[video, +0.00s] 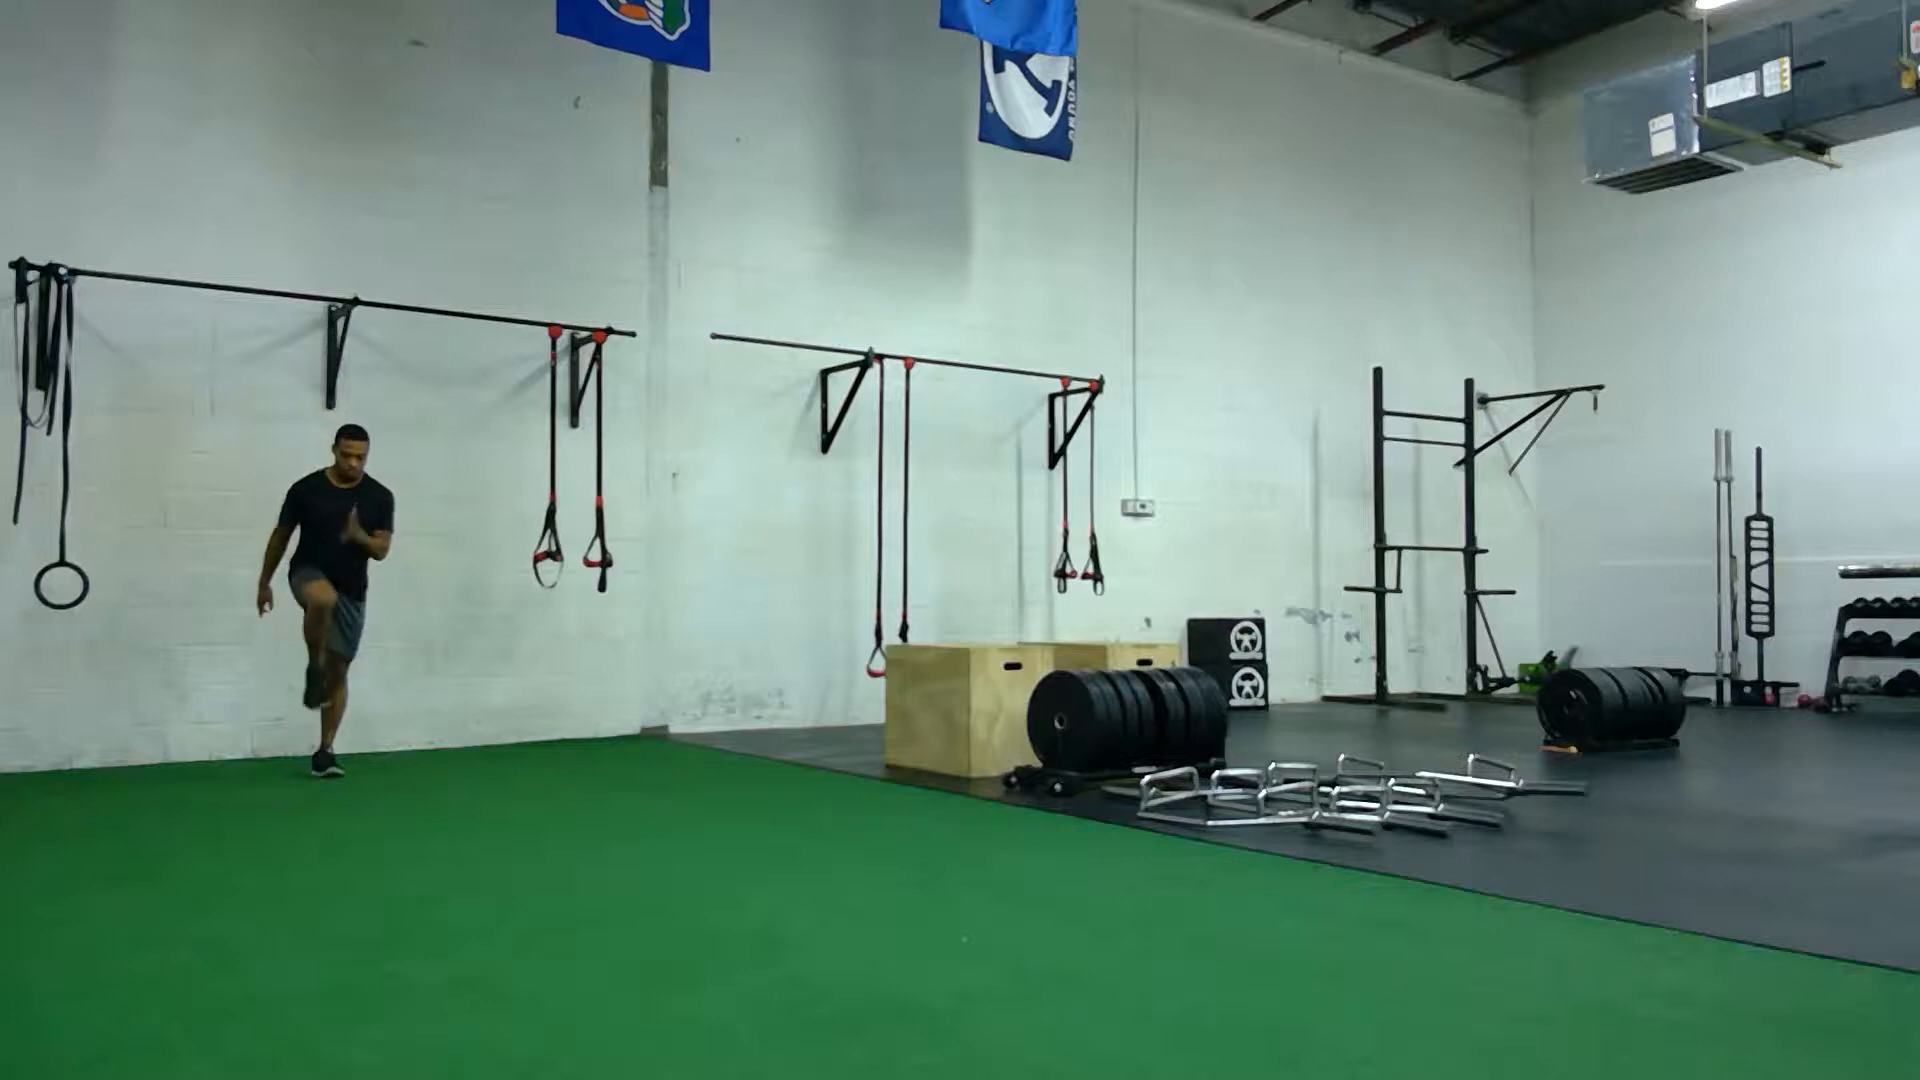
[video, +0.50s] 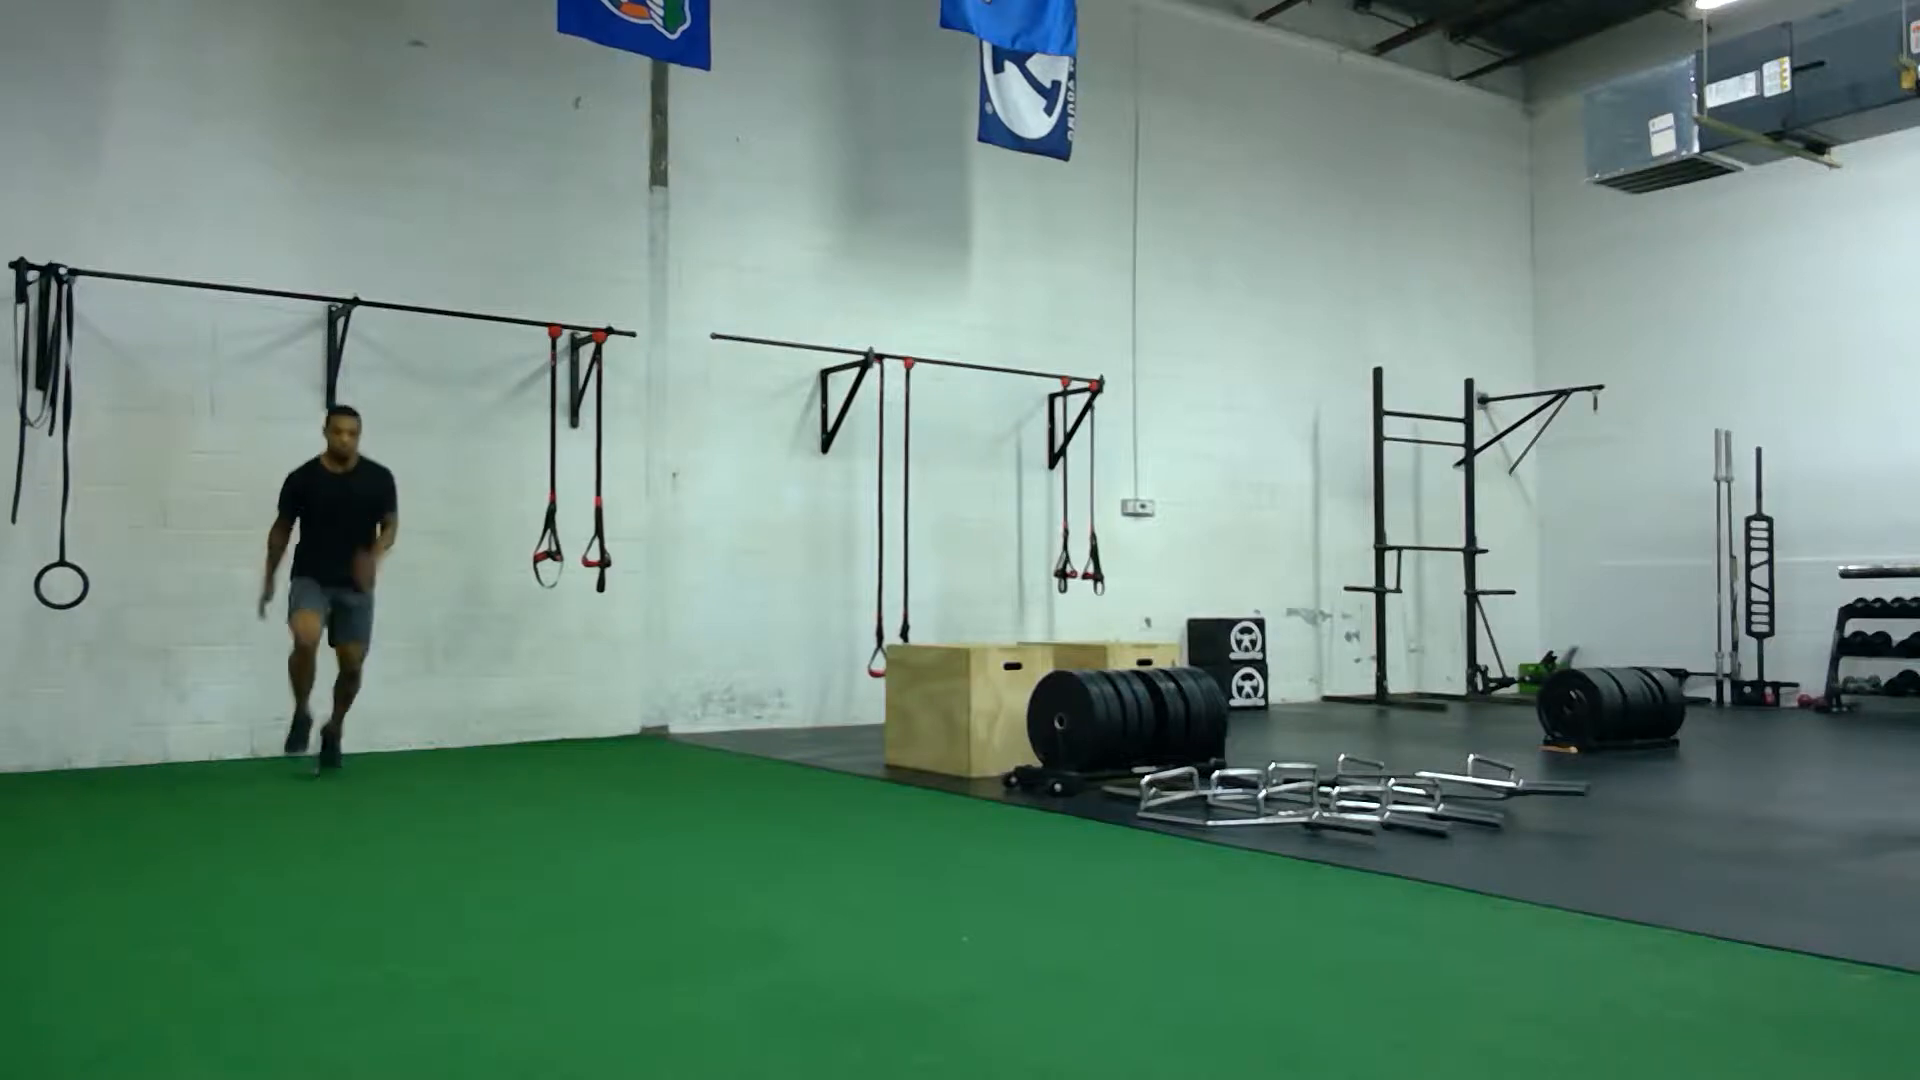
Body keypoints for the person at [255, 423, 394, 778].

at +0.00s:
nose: (354, 463)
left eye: (360, 456)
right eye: (348, 455)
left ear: (367, 456)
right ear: (334, 452)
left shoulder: (379, 496)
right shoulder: (306, 490)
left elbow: (381, 550)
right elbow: (280, 536)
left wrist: (360, 536)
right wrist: (264, 582)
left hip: (351, 587)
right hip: (309, 570)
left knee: (336, 671)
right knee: (323, 598)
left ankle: (325, 750)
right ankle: (315, 672)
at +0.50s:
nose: (344, 439)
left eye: (351, 433)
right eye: (337, 432)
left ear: (360, 436)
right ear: (326, 433)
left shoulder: (379, 479)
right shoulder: (301, 479)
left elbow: (389, 528)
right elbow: (281, 530)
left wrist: (373, 555)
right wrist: (269, 579)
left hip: (356, 580)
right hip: (311, 576)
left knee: (352, 665)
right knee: (304, 641)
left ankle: (333, 731)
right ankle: (301, 715)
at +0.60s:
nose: (341, 441)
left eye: (347, 435)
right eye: (333, 434)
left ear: (355, 441)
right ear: (320, 440)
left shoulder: (375, 485)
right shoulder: (298, 489)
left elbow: (400, 522)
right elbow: (285, 546)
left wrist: (408, 566)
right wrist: (297, 550)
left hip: (358, 587)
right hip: (310, 589)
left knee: (365, 649)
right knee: (306, 676)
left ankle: (342, 677)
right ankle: (299, 754)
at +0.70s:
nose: (346, 439)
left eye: (352, 433)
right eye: (338, 432)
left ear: (359, 438)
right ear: (324, 437)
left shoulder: (380, 481)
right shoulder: (301, 481)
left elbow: (406, 512)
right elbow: (286, 535)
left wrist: (414, 554)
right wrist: (314, 511)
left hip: (360, 582)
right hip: (311, 589)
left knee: (377, 633)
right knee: (309, 674)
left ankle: (353, 690)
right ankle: (300, 748)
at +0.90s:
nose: (368, 436)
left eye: (374, 430)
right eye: (360, 429)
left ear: (383, 438)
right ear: (346, 435)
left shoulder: (396, 488)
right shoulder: (318, 478)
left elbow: (392, 540)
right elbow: (275, 502)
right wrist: (245, 534)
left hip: (372, 583)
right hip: (326, 574)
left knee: (366, 678)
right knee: (351, 604)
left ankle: (355, 762)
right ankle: (329, 674)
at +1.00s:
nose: (369, 412)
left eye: (375, 406)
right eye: (360, 405)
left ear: (383, 413)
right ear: (345, 411)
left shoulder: (399, 461)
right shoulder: (317, 456)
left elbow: (416, 518)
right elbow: (281, 497)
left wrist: (391, 501)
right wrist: (266, 547)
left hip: (380, 568)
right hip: (333, 558)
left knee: (381, 662)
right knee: (342, 615)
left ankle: (365, 738)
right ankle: (339, 715)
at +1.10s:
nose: (369, 403)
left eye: (376, 397)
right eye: (361, 396)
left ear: (384, 406)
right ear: (345, 403)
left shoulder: (401, 456)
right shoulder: (317, 455)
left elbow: (412, 515)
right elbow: (301, 516)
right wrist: (317, 544)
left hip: (389, 563)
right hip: (335, 565)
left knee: (404, 633)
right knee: (338, 656)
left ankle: (374, 675)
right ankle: (335, 764)